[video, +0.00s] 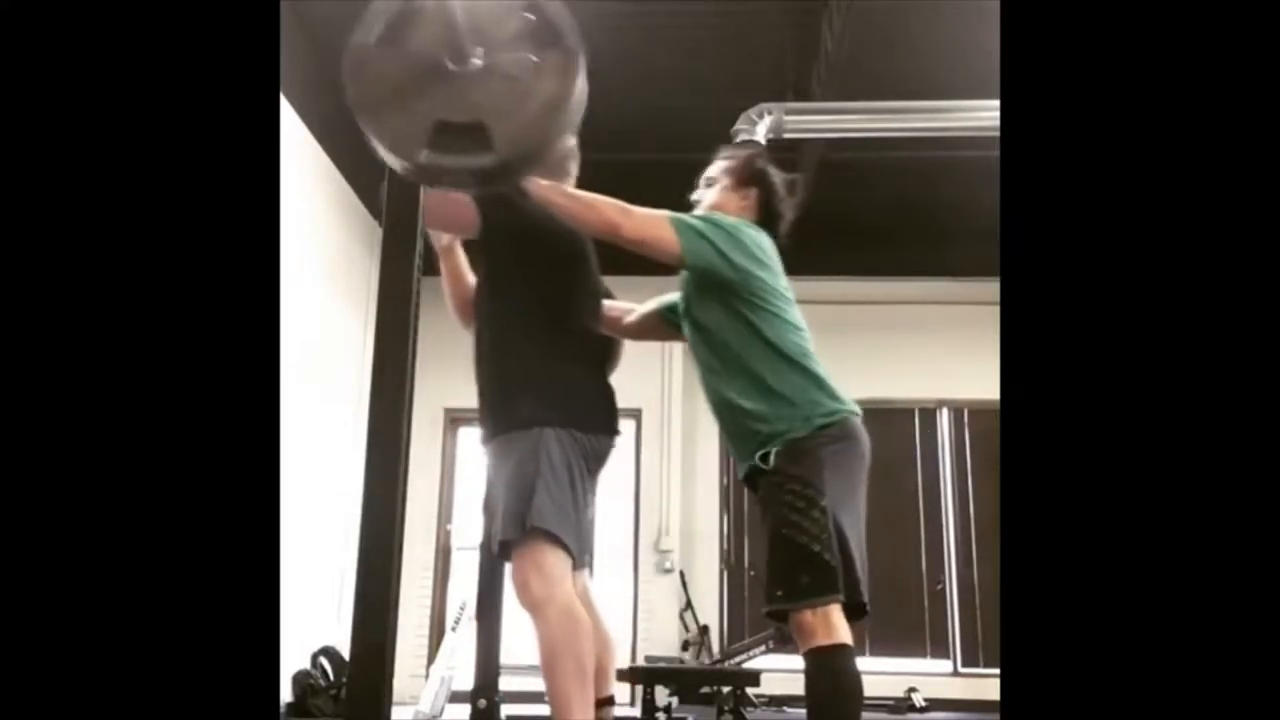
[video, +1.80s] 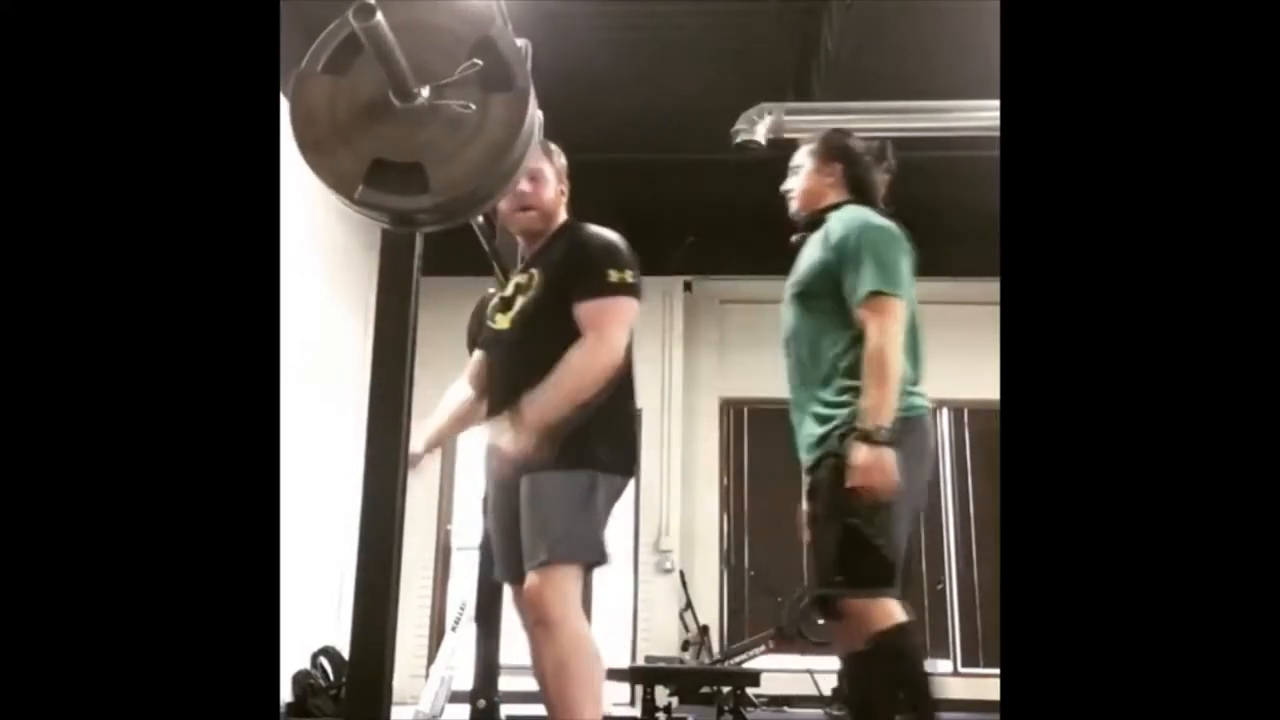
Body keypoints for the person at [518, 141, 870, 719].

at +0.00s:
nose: (697, 192)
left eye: (713, 182)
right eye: (701, 183)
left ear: (749, 197)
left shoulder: (736, 240)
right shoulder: (707, 294)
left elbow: (623, 222)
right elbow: (628, 318)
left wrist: (521, 182)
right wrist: (543, 290)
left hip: (813, 441)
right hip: (791, 452)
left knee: (816, 617)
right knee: (816, 620)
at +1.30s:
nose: (735, 159)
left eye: (741, 147)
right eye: (737, 148)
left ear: (768, 151)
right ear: (790, 158)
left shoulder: (778, 206)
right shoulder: (772, 230)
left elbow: (651, 223)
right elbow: (711, 346)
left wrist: (546, 203)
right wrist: (612, 368)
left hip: (825, 429)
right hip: (805, 434)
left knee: (795, 611)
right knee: (794, 613)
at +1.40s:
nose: (749, 170)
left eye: (760, 157)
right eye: (753, 157)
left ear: (789, 166)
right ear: (803, 172)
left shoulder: (797, 222)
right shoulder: (791, 237)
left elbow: (704, 257)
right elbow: (763, 364)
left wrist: (587, 227)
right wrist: (670, 412)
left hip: (829, 437)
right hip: (810, 441)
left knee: (798, 614)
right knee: (796, 616)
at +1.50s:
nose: (759, 181)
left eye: (770, 169)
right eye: (763, 169)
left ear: (802, 175)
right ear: (809, 179)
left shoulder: (809, 228)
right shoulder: (802, 243)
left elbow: (786, 293)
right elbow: (779, 382)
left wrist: (680, 300)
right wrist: (712, 451)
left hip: (840, 440)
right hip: (822, 444)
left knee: (816, 613)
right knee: (808, 619)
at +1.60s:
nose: (768, 187)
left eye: (778, 174)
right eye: (770, 175)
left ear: (812, 179)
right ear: (810, 181)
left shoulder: (830, 230)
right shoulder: (805, 246)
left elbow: (831, 318)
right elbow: (795, 388)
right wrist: (762, 473)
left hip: (854, 436)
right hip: (828, 443)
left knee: (837, 606)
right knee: (832, 610)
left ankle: (854, 717)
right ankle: (851, 715)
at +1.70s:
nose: (775, 184)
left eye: (785, 172)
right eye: (777, 174)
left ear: (820, 176)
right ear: (813, 179)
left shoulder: (844, 230)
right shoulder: (810, 244)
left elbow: (856, 325)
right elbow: (805, 383)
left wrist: (817, 414)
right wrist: (784, 475)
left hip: (868, 430)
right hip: (839, 434)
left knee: (850, 598)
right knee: (836, 602)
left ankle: (868, 719)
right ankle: (863, 716)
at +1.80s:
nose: (787, 183)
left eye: (796, 171)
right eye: (789, 173)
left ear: (832, 173)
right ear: (828, 176)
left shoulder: (862, 228)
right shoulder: (823, 243)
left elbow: (883, 332)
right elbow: (830, 366)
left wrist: (875, 434)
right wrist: (816, 471)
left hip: (871, 435)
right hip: (836, 441)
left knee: (865, 592)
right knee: (842, 598)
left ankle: (913, 712)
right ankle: (869, 711)